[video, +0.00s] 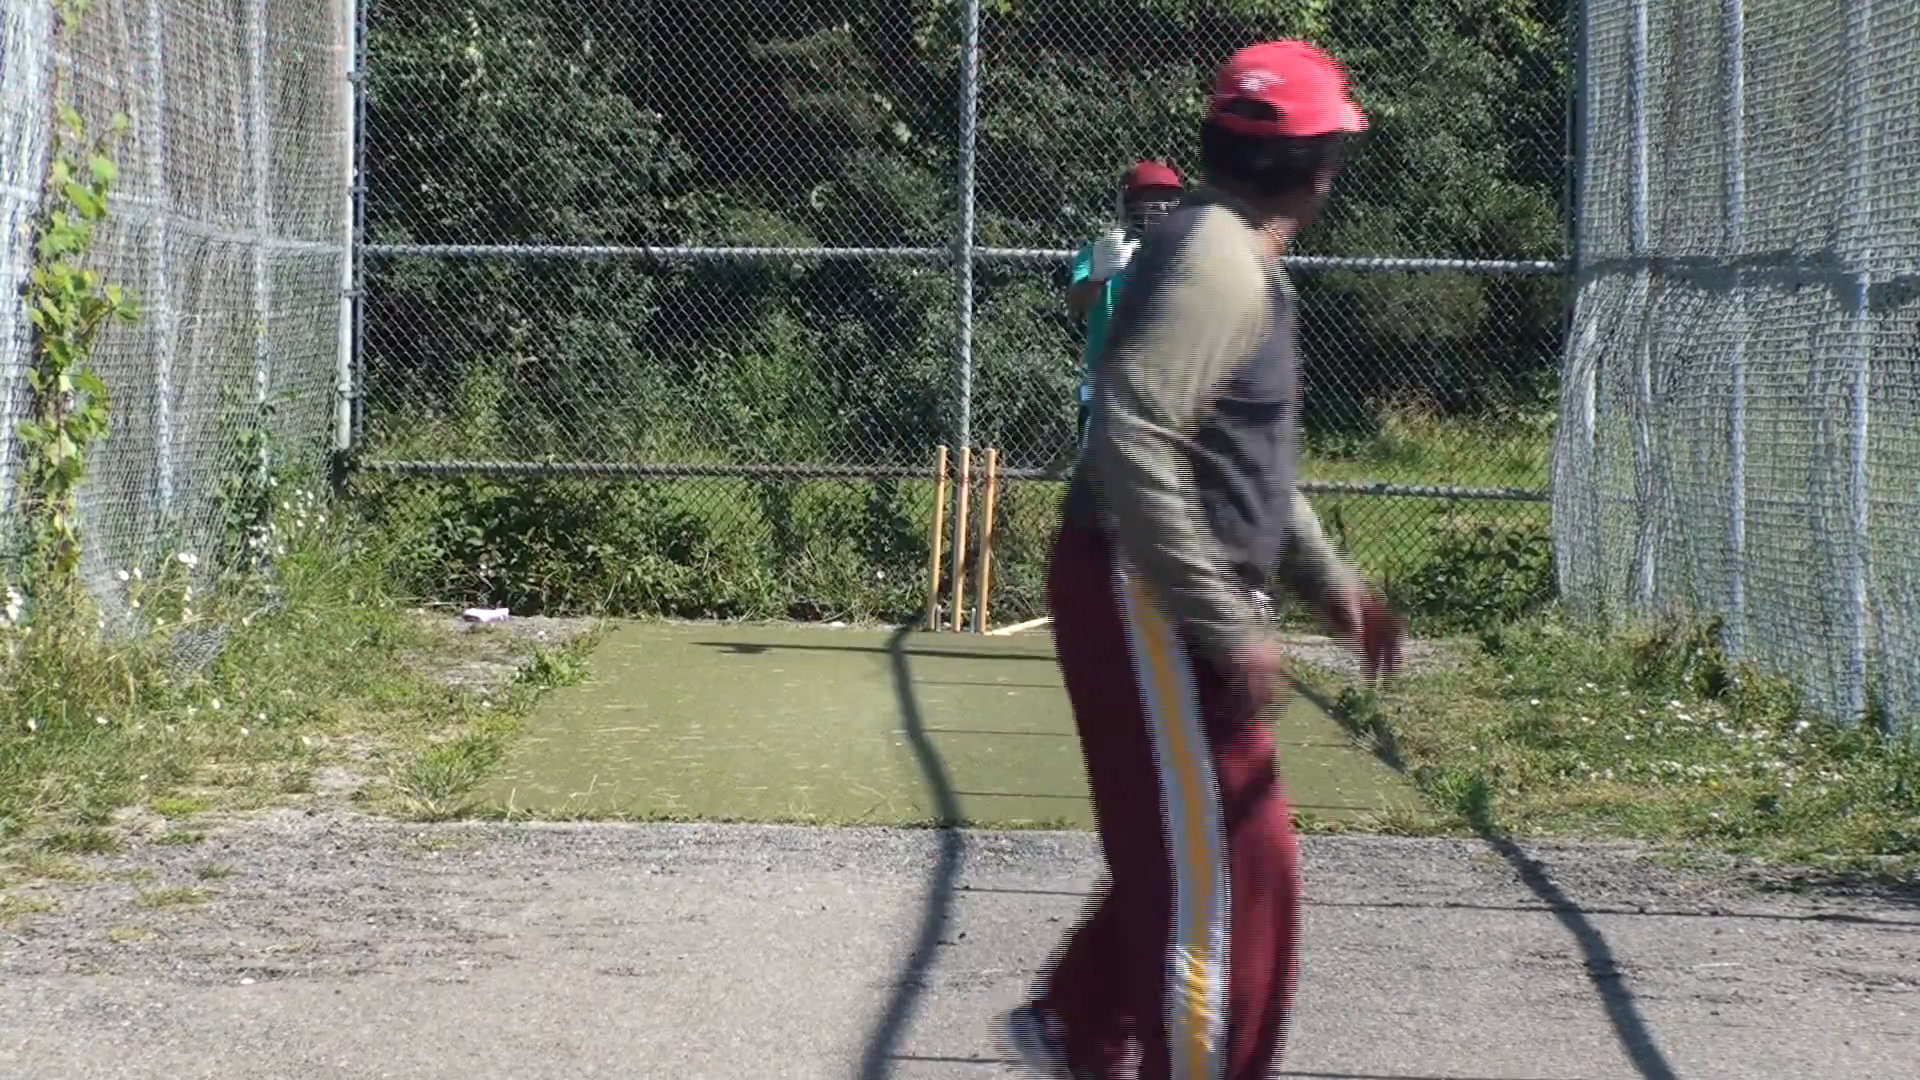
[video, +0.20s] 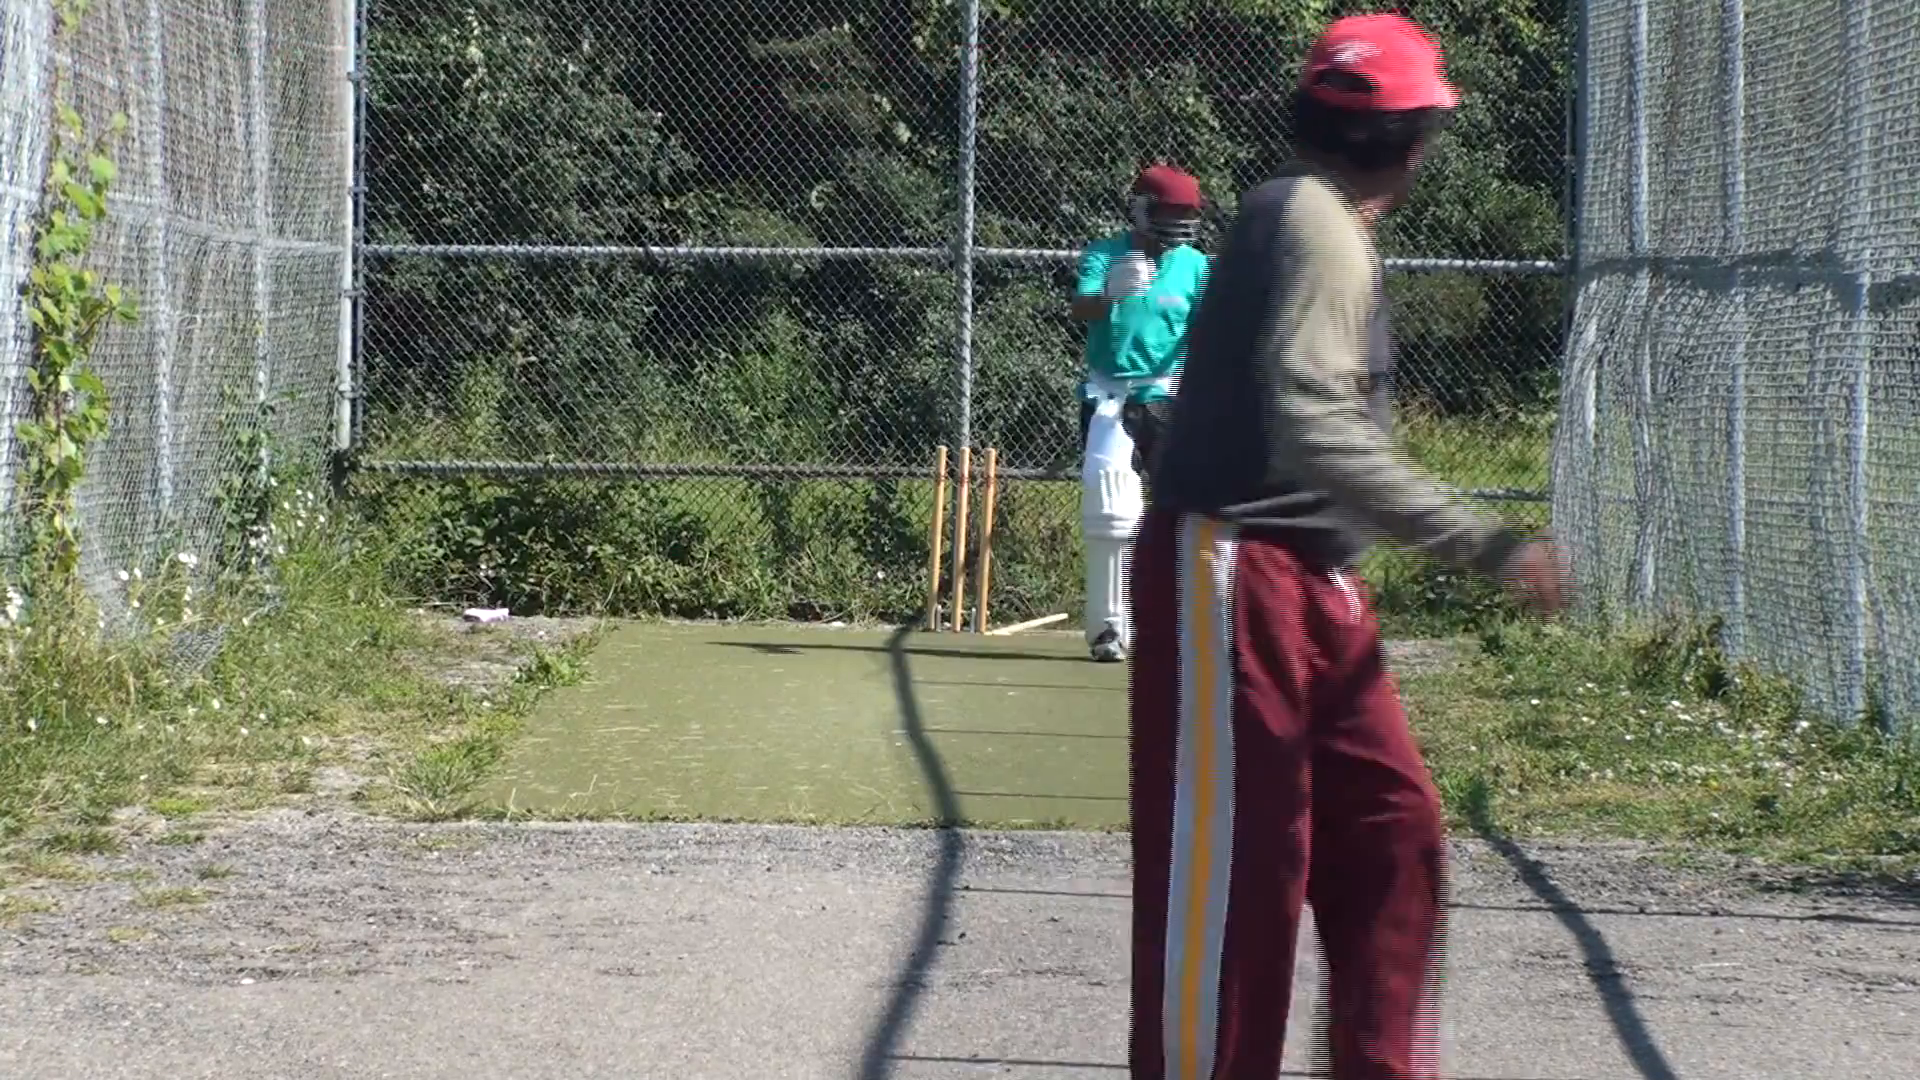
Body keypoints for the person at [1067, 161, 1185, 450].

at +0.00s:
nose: (1158, 211)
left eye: (1168, 203)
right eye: (1148, 204)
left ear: (1179, 207)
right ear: (1127, 207)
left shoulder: (1184, 254)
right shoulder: (1097, 254)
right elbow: (1075, 307)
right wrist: (1099, 274)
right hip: (1106, 387)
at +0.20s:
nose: (1178, 228)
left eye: (1186, 219)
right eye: (1167, 218)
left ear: (1194, 219)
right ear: (1139, 212)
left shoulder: (1199, 266)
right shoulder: (1105, 255)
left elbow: (1218, 325)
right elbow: (1081, 309)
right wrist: (1110, 293)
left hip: (1174, 400)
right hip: (1112, 399)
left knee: (1180, 514)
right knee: (1111, 513)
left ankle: (1175, 632)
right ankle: (1110, 627)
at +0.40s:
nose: (1216, 230)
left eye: (1221, 222)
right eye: (1208, 218)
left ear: (1218, 224)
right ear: (1179, 213)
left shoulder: (1205, 269)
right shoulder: (1136, 261)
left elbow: (1197, 336)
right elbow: (1104, 327)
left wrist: (1194, 394)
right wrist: (1125, 382)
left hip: (1177, 402)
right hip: (1125, 400)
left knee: (1213, 512)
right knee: (1131, 515)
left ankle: (1175, 627)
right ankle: (1111, 629)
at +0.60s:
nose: (1250, 234)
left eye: (1252, 225)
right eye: (1245, 222)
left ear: (1222, 220)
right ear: (1218, 216)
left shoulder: (1208, 265)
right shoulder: (1181, 254)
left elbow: (1199, 345)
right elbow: (1152, 324)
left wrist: (1209, 407)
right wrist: (1162, 391)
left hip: (1201, 406)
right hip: (1168, 404)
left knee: (1229, 521)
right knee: (1180, 514)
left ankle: (1183, 629)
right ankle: (1137, 628)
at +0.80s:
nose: (1266, 221)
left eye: (1265, 211)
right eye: (1260, 210)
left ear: (1221, 211)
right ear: (1239, 209)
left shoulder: (1202, 250)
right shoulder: (1214, 249)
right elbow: (1196, 317)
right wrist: (1219, 390)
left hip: (1177, 396)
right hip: (1196, 398)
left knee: (1208, 512)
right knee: (1248, 503)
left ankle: (1176, 629)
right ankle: (1225, 624)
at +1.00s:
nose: (1289, 222)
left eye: (1288, 213)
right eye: (1283, 212)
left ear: (1238, 217)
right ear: (1262, 213)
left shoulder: (1207, 263)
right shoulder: (1256, 256)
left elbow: (1179, 336)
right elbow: (1246, 321)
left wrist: (1207, 379)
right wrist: (1266, 391)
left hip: (1194, 405)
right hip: (1235, 405)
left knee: (1214, 519)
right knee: (1291, 507)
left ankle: (1173, 630)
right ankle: (1314, 621)